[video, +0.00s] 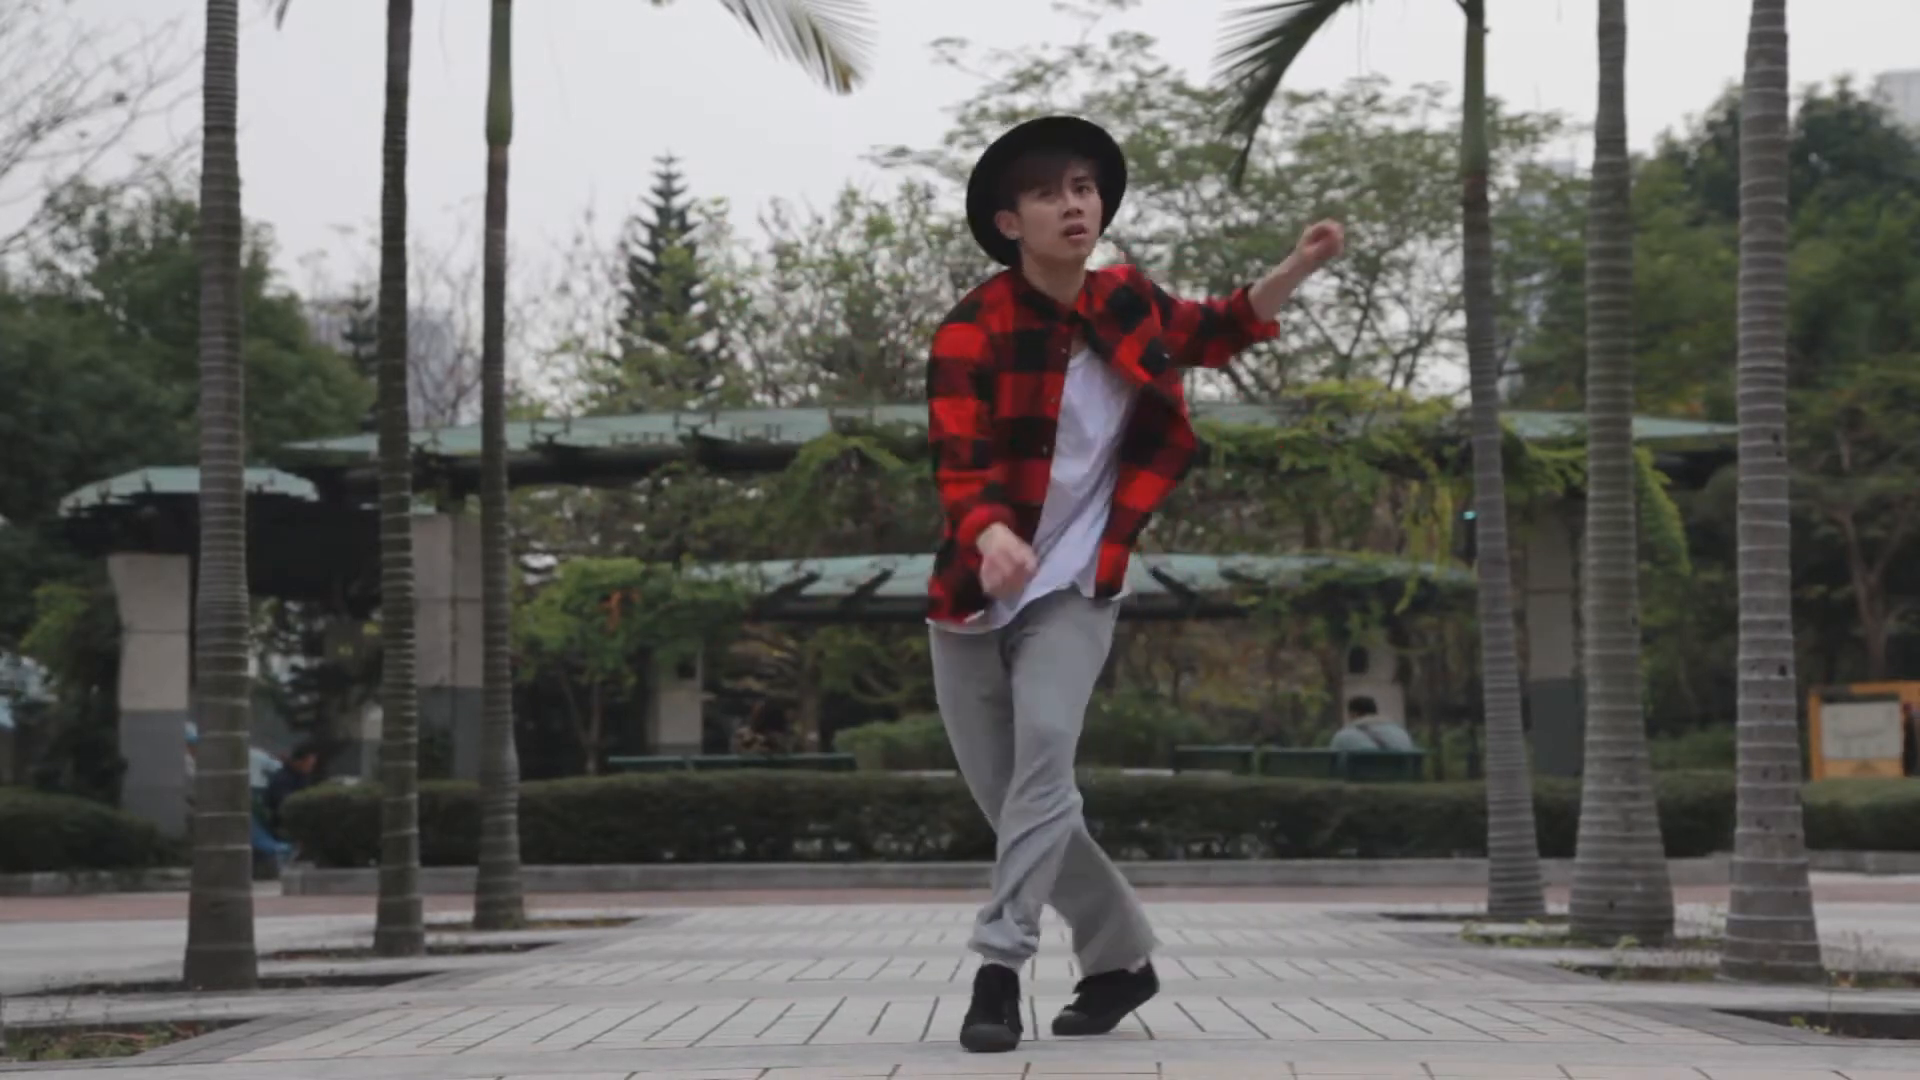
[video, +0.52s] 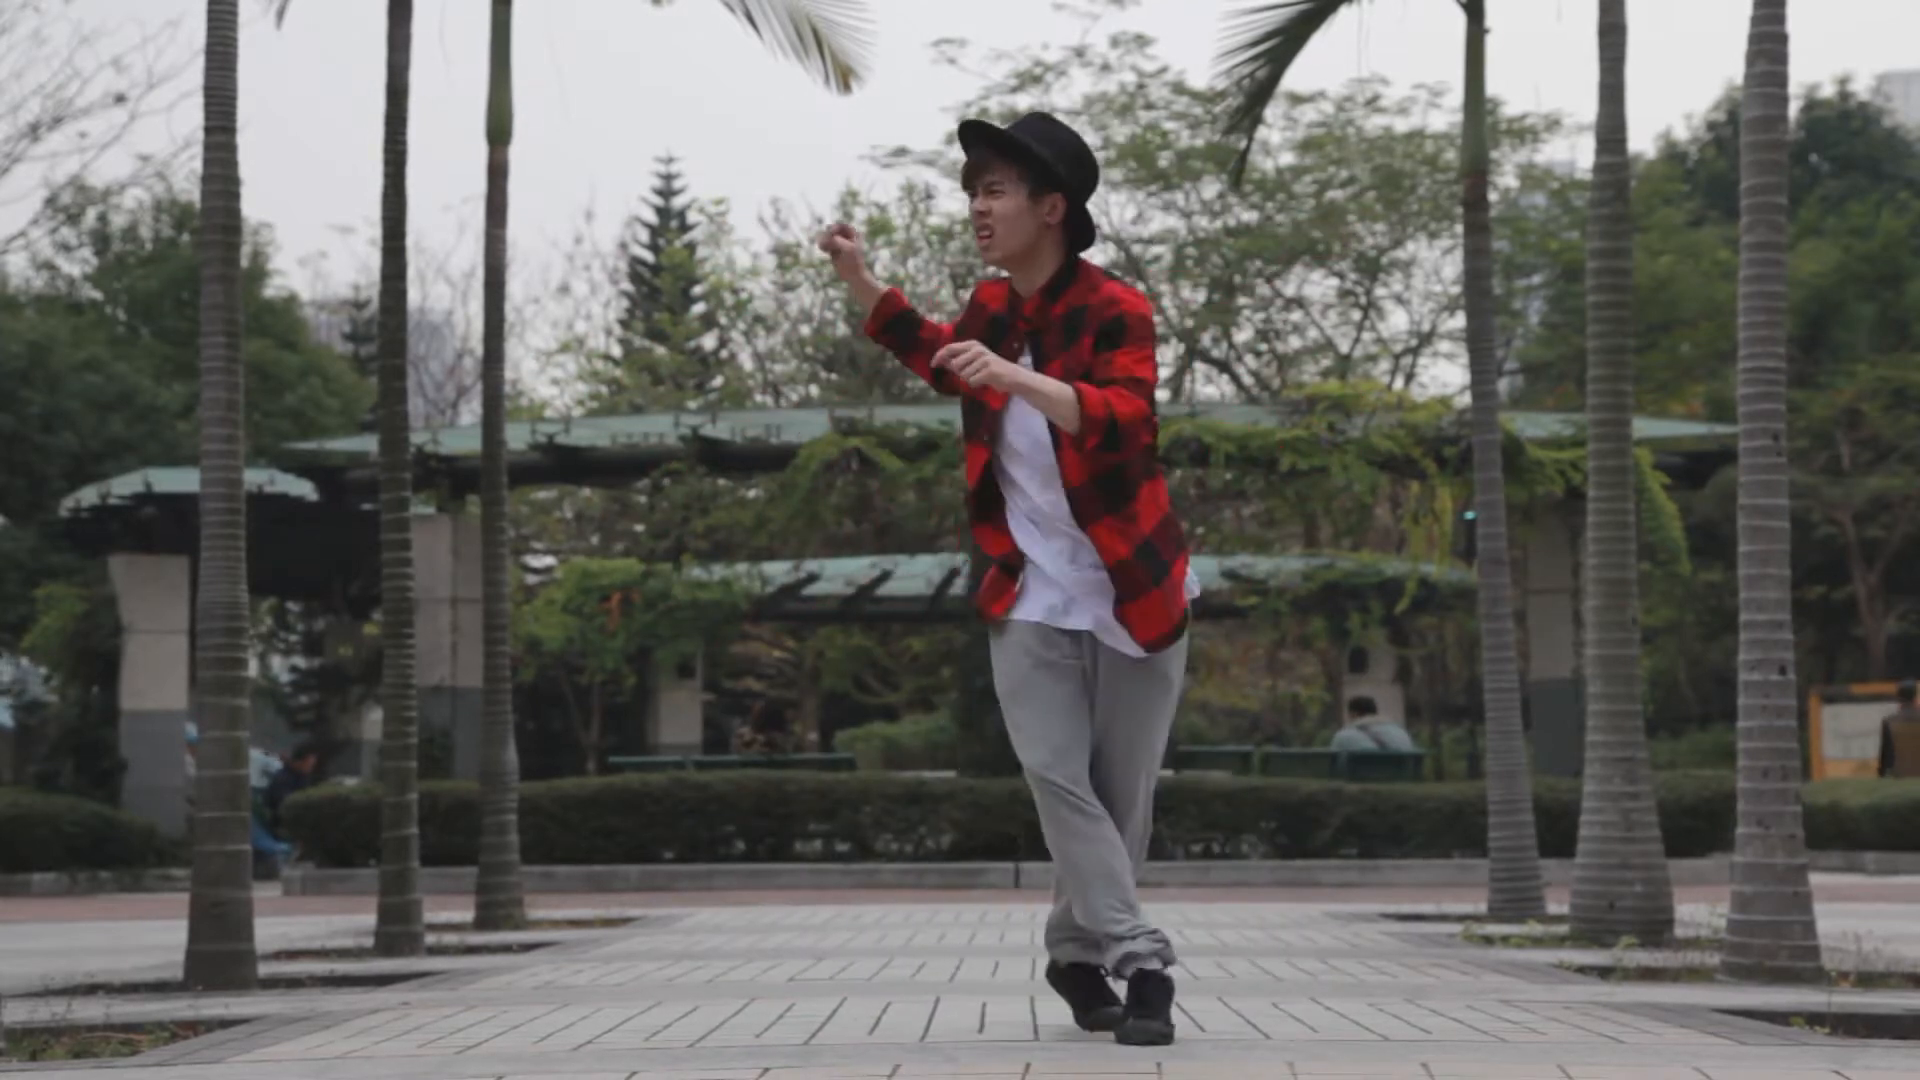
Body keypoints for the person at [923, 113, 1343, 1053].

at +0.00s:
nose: (1074, 206)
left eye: (1087, 188)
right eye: (1046, 192)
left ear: (1104, 207)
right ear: (1005, 221)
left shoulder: (1133, 305)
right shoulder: (971, 332)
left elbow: (1214, 331)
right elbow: (958, 462)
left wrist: (1289, 272)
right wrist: (985, 529)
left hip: (1073, 580)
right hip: (970, 589)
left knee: (1045, 750)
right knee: (1006, 796)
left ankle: (998, 965)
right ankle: (1119, 958)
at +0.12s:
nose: (1084, 220)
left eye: (1102, 205)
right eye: (1061, 207)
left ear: (1127, 230)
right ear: (1029, 236)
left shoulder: (1156, 336)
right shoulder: (987, 351)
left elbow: (1225, 453)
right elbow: (939, 487)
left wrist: (1177, 403)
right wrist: (885, 602)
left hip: (1104, 551)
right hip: (994, 575)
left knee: (1081, 612)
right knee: (1020, 800)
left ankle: (1080, 832)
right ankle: (1086, 976)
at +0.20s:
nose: (1072, 207)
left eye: (1096, 191)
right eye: (1054, 191)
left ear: (1130, 219)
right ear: (1030, 214)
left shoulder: (1158, 327)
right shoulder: (971, 325)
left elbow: (1187, 444)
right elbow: (904, 427)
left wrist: (1111, 362)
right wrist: (838, 497)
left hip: (1105, 540)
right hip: (1002, 564)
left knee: (1137, 576)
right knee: (1024, 786)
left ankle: (1122, 750)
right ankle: (1083, 968)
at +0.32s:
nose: (1019, 181)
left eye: (1043, 167)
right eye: (1015, 167)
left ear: (1095, 196)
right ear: (1006, 189)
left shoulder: (1140, 296)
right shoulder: (975, 290)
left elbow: (1144, 391)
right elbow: (893, 337)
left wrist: (1066, 304)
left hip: (1136, 560)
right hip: (1021, 564)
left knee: (1185, 665)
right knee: (1048, 736)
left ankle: (1096, 751)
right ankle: (1105, 952)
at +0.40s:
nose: (993, 205)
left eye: (1016, 188)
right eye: (989, 189)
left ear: (1075, 211)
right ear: (988, 210)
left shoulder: (1127, 305)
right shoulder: (977, 314)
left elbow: (1107, 373)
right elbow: (901, 306)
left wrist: (1037, 302)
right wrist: (825, 286)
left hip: (1143, 569)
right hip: (1032, 566)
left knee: (1180, 767)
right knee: (1061, 757)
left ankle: (1069, 812)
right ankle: (1139, 972)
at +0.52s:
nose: (977, 210)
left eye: (996, 193)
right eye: (974, 194)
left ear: (1054, 207)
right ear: (980, 205)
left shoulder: (1118, 310)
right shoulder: (989, 310)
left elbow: (1125, 418)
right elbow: (940, 359)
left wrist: (1014, 378)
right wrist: (865, 288)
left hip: (1136, 590)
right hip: (1031, 589)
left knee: (1124, 790)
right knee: (1054, 774)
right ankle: (1139, 955)